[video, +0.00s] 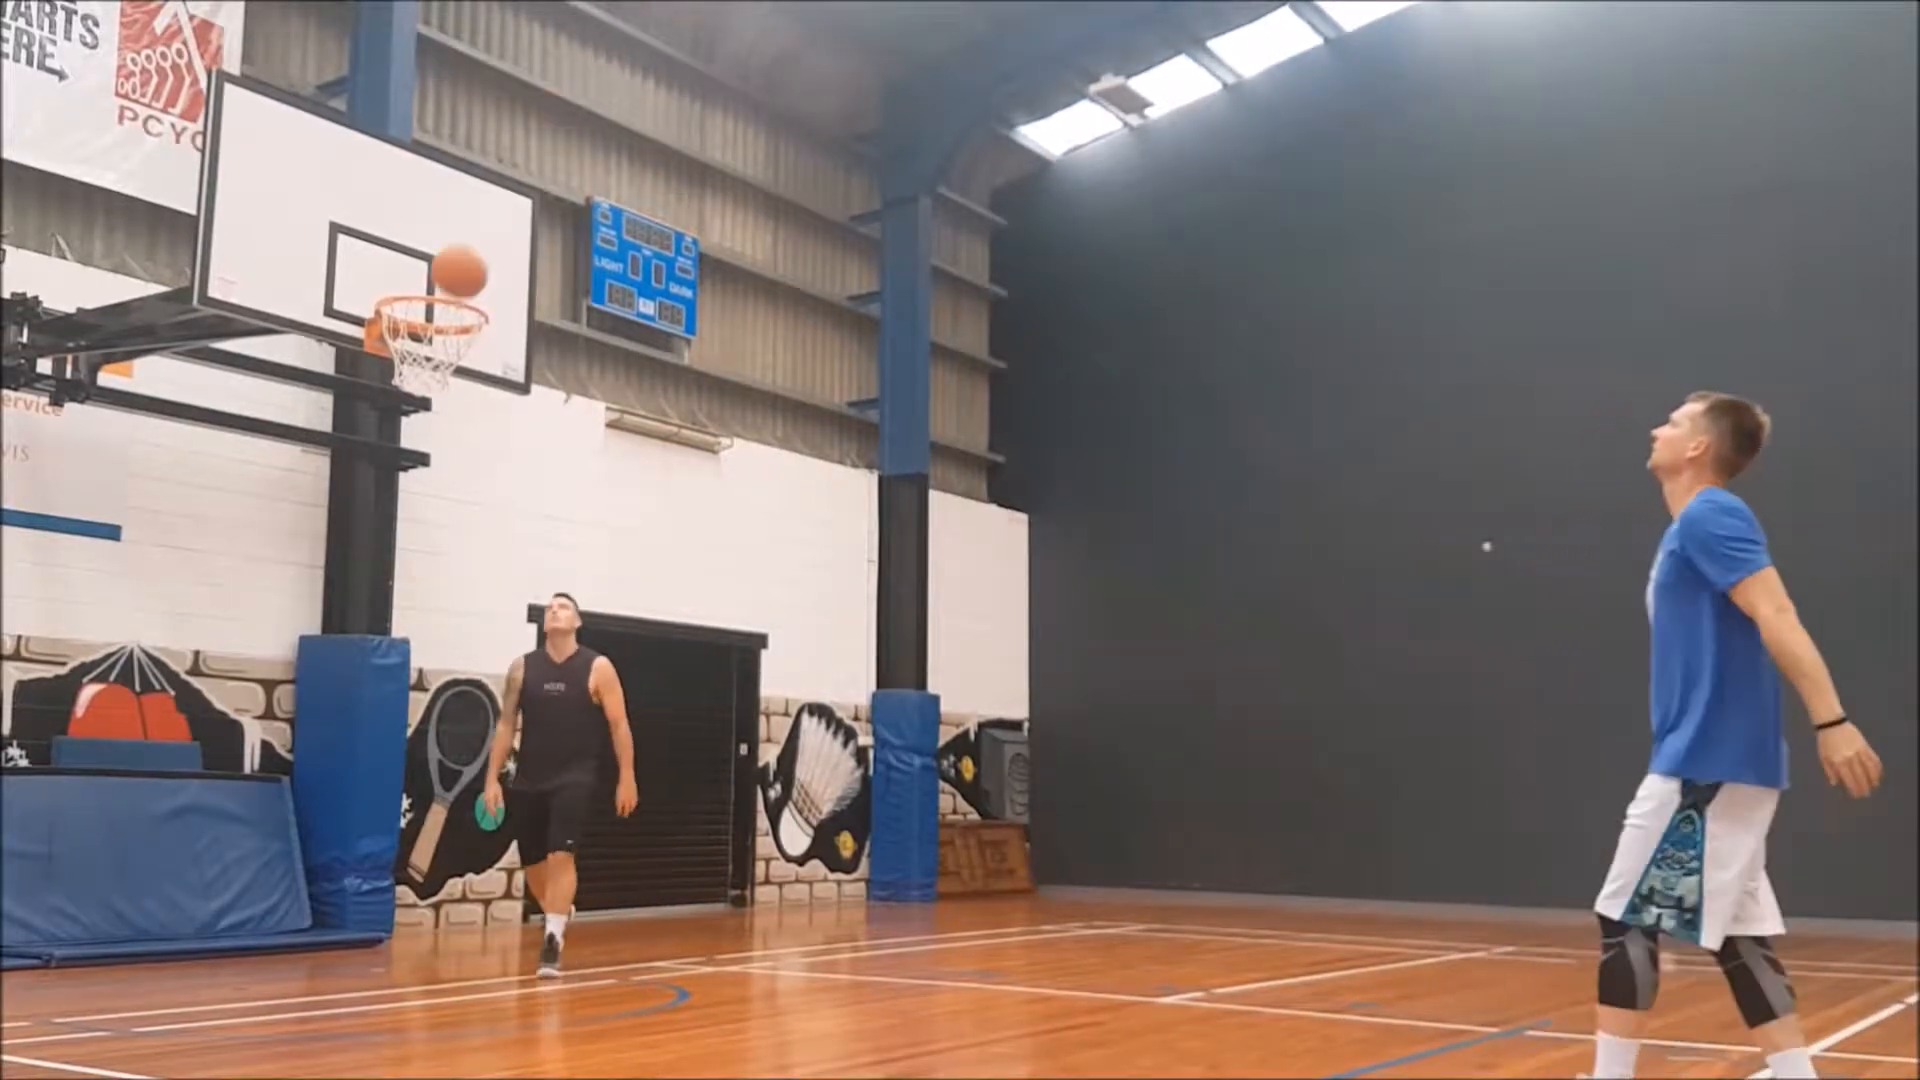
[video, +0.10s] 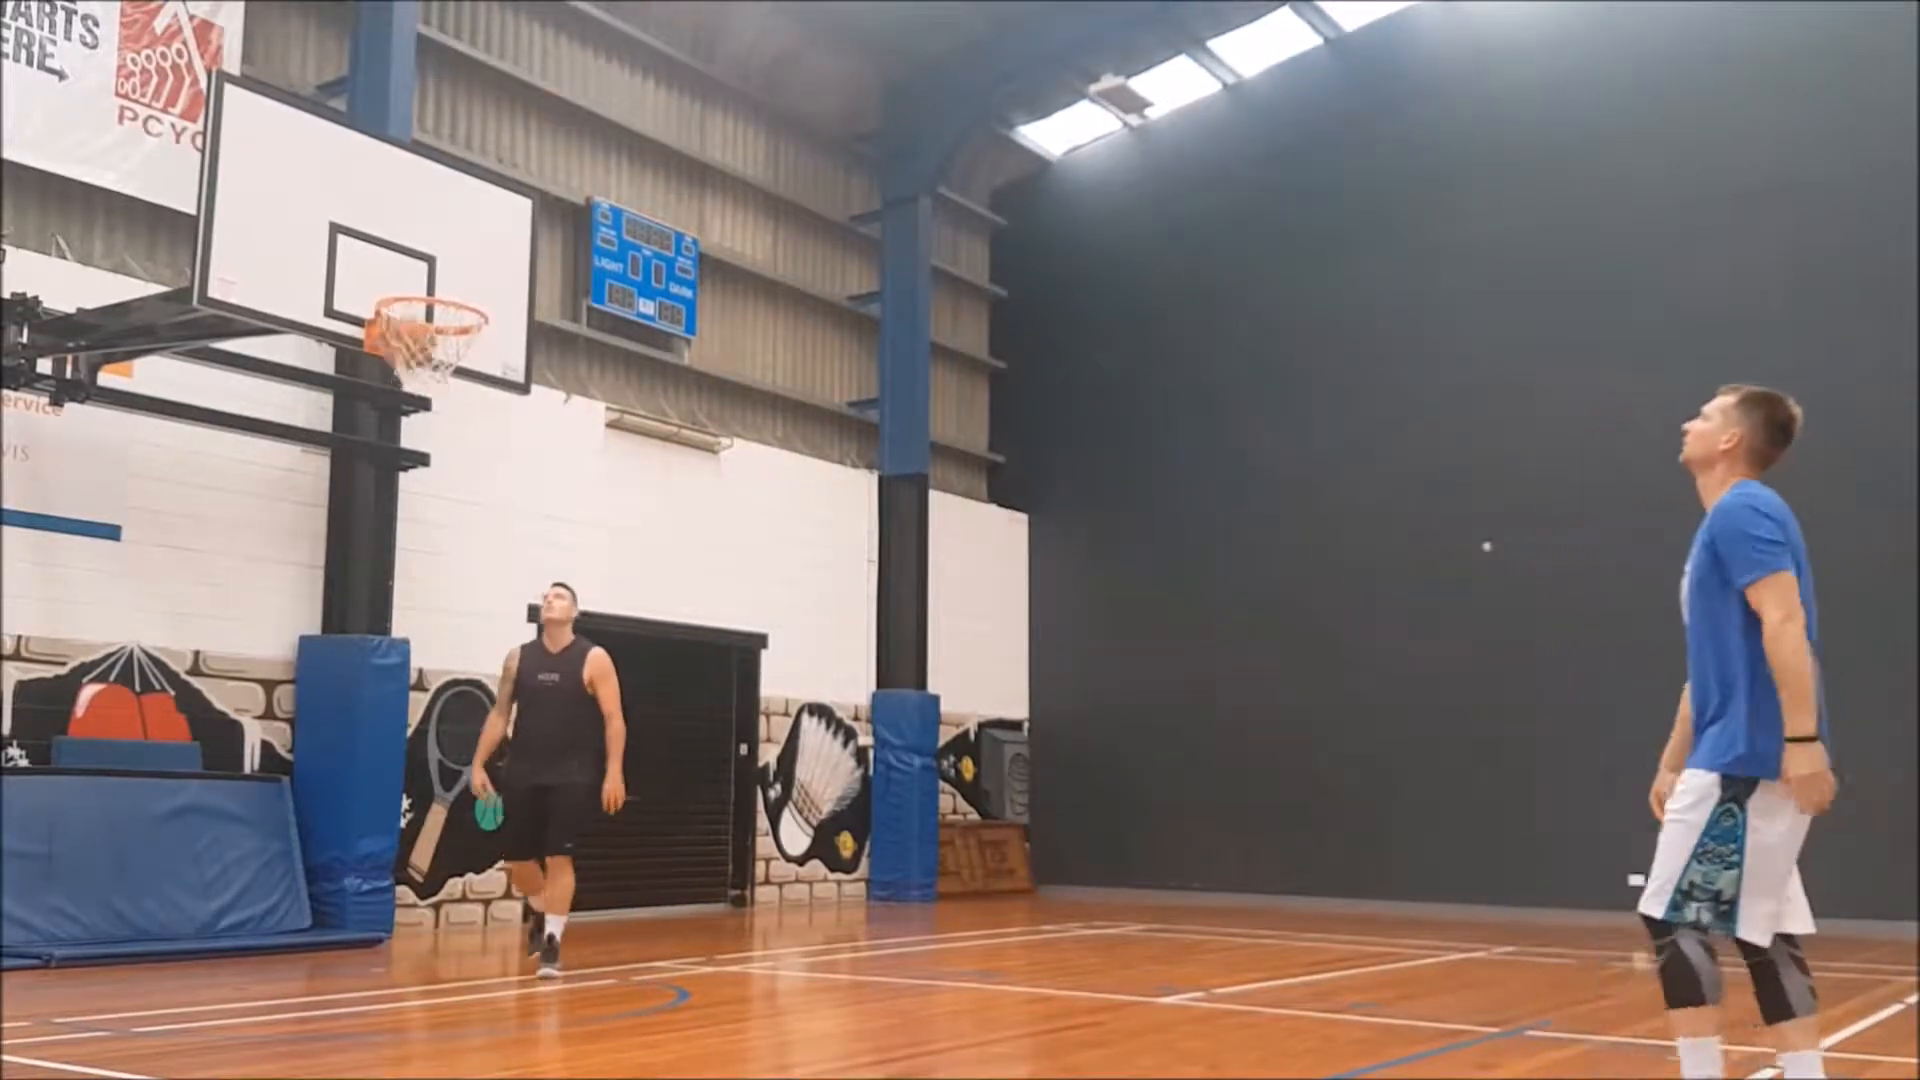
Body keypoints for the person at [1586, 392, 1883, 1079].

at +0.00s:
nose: (1655, 432)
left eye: (1671, 423)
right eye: (1666, 421)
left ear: (1698, 447)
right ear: (1702, 451)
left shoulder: (1710, 516)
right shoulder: (1698, 523)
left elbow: (1777, 616)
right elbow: (1767, 620)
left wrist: (1833, 723)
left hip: (1704, 760)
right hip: (1730, 762)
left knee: (1624, 917)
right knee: (1738, 930)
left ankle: (1609, 1070)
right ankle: (1794, 1068)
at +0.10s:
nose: (1686, 424)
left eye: (1702, 417)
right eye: (1696, 415)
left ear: (1732, 440)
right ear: (1736, 446)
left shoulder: (1741, 508)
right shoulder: (1730, 522)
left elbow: (1784, 622)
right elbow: (1710, 666)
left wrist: (1803, 741)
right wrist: (1673, 760)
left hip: (1738, 760)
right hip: (1767, 759)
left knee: (1673, 917)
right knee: (1770, 926)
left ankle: (1700, 1070)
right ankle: (1805, 1070)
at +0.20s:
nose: (1718, 423)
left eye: (1734, 413)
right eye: (1727, 412)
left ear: (1766, 435)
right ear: (1768, 439)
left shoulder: (1777, 507)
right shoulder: (1763, 518)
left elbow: (1785, 630)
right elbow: (1736, 656)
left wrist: (1746, 743)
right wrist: (1685, 751)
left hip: (1790, 763)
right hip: (1799, 761)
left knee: (1732, 920)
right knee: (1793, 930)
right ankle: (1808, 1062)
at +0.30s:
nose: (1749, 422)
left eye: (1766, 412)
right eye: (1759, 410)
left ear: (1798, 433)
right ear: (1799, 436)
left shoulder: (1818, 509)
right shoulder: (1789, 521)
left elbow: (1781, 635)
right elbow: (1769, 656)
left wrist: (1701, 729)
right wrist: (1719, 745)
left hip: (1835, 764)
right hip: (1801, 762)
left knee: (1816, 940)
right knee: (1801, 935)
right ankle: (1811, 1062)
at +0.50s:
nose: (1812, 437)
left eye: (1825, 424)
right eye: (1818, 425)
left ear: (1864, 438)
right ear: (1866, 440)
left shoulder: (1891, 521)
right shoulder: (1873, 525)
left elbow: (1831, 645)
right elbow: (1877, 670)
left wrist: (1716, 694)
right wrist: (1834, 764)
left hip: (1905, 788)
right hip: (1857, 788)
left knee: (1919, 949)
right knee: (1833, 936)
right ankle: (1824, 1074)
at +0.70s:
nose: (1847, 440)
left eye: (1861, 428)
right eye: (1854, 427)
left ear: (1900, 444)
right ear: (1897, 445)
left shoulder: (1911, 542)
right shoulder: (1907, 537)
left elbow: (1914, 671)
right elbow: (1910, 668)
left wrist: (1831, 735)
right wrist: (1838, 733)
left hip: (1915, 786)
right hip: (1910, 783)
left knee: (1877, 918)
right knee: (1880, 919)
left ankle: (1876, 1068)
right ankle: (1877, 1066)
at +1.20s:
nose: (1835, 467)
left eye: (1847, 455)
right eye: (1841, 454)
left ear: (1885, 465)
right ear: (1888, 467)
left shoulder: (1888, 546)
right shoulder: (1904, 541)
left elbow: (1846, 663)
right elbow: (1865, 662)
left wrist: (1744, 663)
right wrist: (1780, 649)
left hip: (1910, 784)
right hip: (1907, 781)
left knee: (1883, 934)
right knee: (1886, 933)